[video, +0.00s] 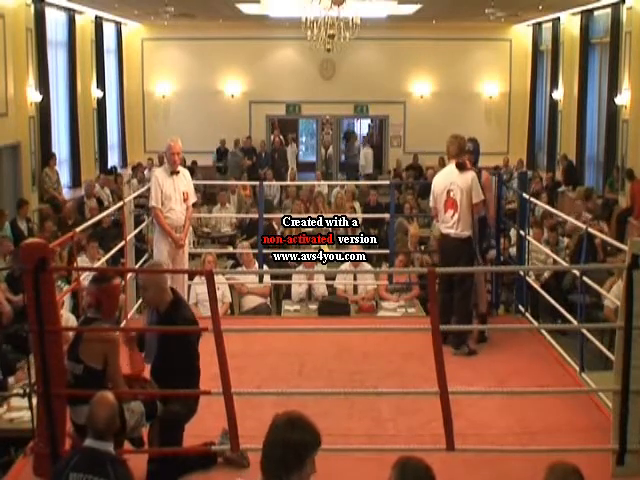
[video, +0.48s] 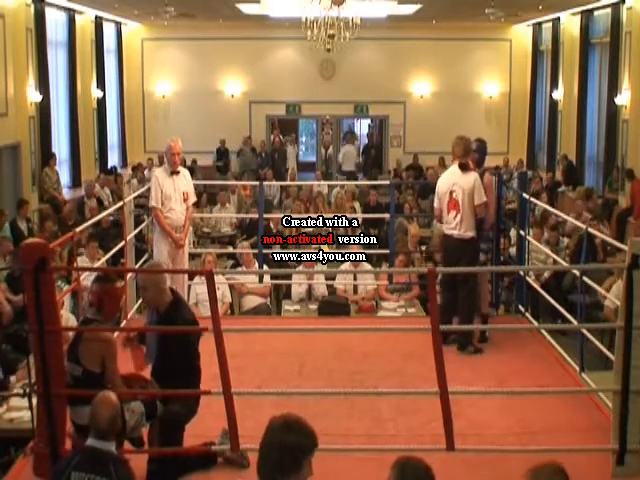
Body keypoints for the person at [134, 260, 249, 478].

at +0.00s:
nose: (142, 294)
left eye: (145, 288)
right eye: (141, 288)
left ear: (162, 287)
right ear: (159, 287)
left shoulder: (181, 321)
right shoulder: (158, 310)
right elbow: (153, 344)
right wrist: (135, 340)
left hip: (179, 399)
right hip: (162, 394)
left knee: (160, 470)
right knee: (159, 467)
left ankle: (217, 452)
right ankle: (215, 450)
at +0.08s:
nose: (142, 294)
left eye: (145, 288)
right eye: (141, 288)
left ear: (162, 287)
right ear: (159, 287)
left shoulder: (182, 321)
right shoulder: (156, 310)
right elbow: (150, 345)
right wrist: (137, 334)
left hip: (179, 400)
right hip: (162, 394)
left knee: (160, 470)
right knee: (158, 467)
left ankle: (216, 451)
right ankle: (215, 449)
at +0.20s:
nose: (142, 294)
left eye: (145, 288)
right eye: (140, 288)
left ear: (162, 287)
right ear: (159, 287)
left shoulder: (181, 321)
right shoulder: (158, 310)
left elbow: (184, 375)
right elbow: (157, 343)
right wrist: (138, 333)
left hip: (180, 399)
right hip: (162, 393)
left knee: (161, 470)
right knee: (159, 467)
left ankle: (217, 452)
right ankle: (215, 449)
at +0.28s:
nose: (141, 294)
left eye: (145, 288)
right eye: (140, 288)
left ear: (162, 287)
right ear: (159, 287)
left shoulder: (181, 321)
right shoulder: (158, 309)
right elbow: (157, 344)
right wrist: (138, 333)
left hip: (180, 399)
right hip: (163, 393)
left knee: (160, 470)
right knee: (159, 467)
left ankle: (217, 451)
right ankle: (215, 450)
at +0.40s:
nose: (141, 294)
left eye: (145, 288)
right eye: (140, 288)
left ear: (162, 287)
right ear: (157, 287)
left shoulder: (181, 321)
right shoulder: (159, 310)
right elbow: (155, 338)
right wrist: (136, 337)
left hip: (179, 400)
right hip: (163, 393)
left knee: (160, 470)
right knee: (160, 466)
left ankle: (217, 452)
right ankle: (215, 450)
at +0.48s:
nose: (141, 294)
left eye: (145, 288)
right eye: (140, 288)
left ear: (162, 287)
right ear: (157, 287)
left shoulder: (180, 321)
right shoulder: (159, 310)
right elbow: (158, 339)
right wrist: (138, 338)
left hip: (179, 400)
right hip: (164, 394)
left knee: (159, 470)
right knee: (161, 466)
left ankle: (216, 452)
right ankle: (215, 450)